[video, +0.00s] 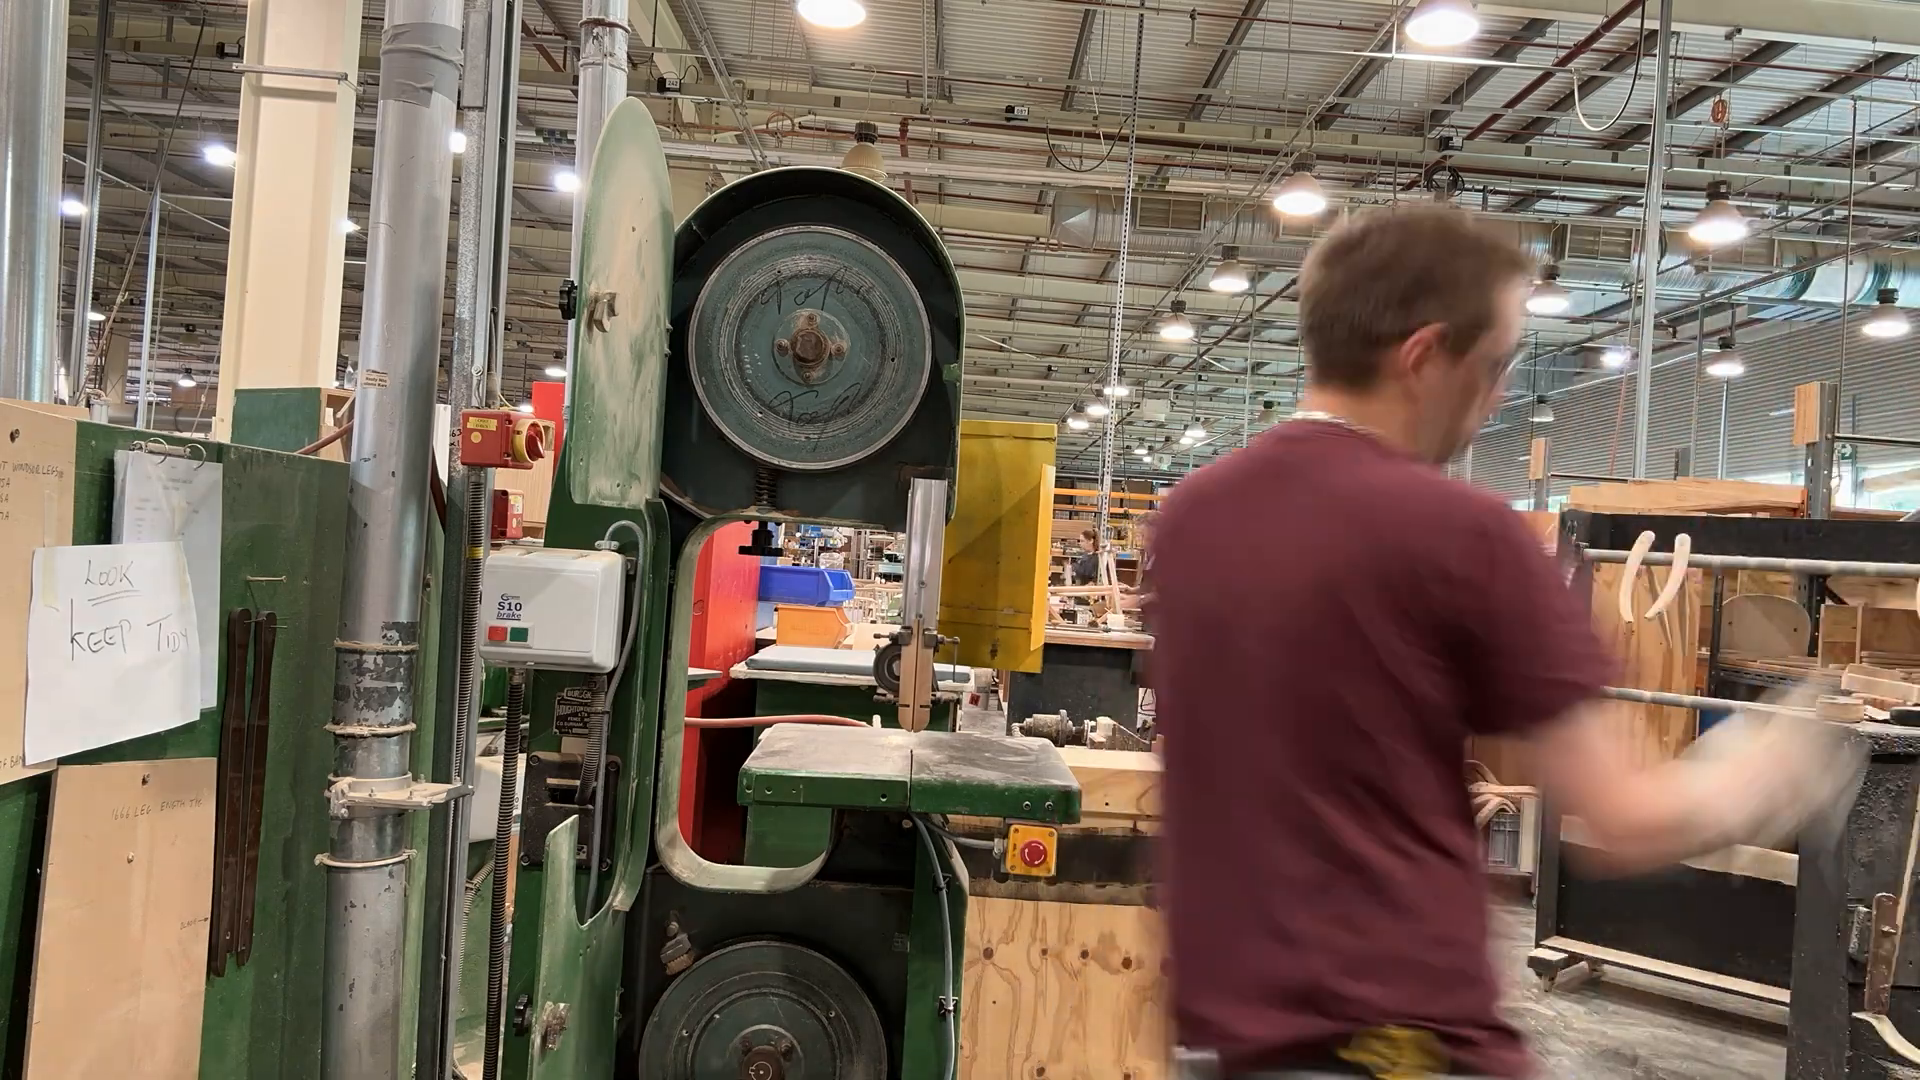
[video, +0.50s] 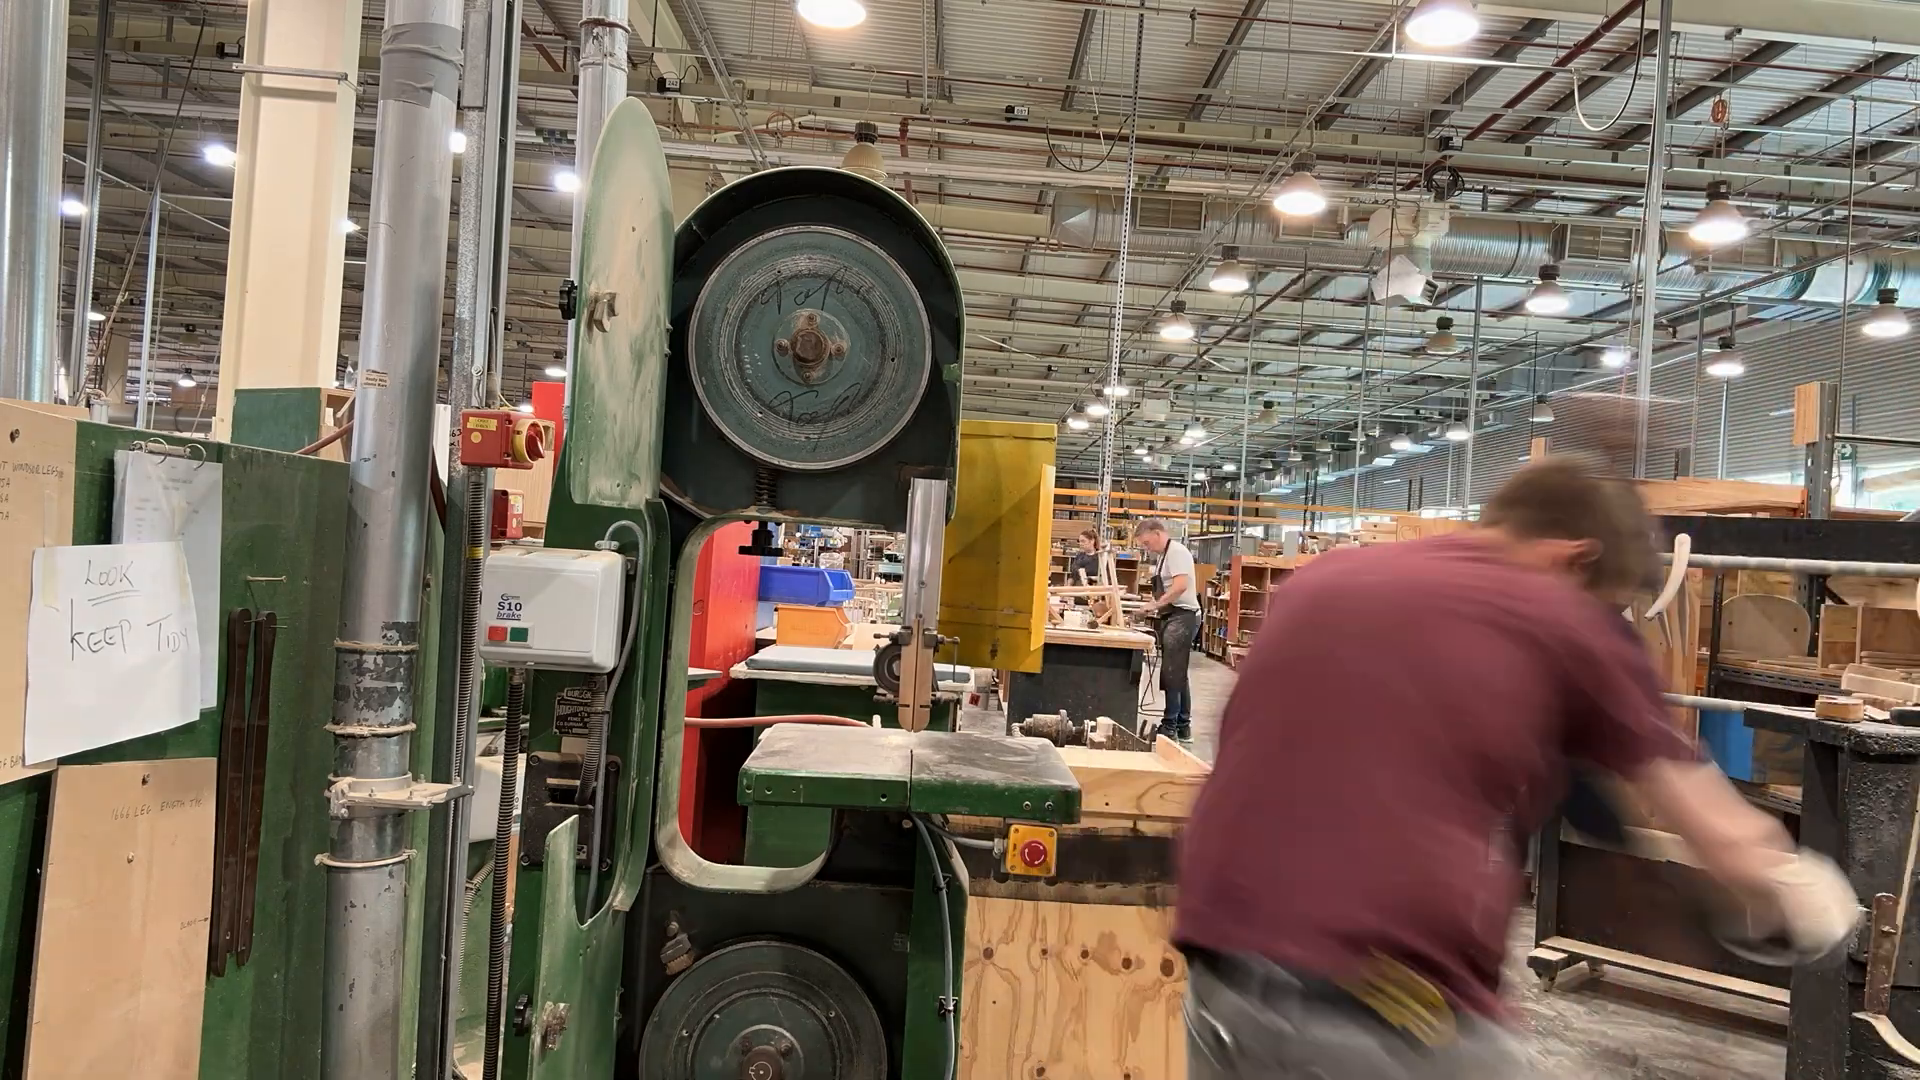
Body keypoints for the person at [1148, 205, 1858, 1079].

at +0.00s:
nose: (1498, 399)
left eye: (1507, 370)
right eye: (1498, 366)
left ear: (1321, 340)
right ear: (1421, 355)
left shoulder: (1186, 511)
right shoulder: (1461, 532)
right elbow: (1622, 820)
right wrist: (1767, 763)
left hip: (1229, 1037)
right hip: (1402, 1040)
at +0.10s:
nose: (1581, 392)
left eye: (1596, 364)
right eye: (1590, 362)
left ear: (1407, 325)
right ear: (1535, 357)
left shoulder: (1238, 486)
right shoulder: (1596, 550)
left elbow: (1239, 731)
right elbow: (1695, 868)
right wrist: (1799, 775)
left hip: (1256, 1050)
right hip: (1498, 1049)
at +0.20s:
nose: (1624, 379)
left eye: (1631, 350)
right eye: (1627, 348)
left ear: (1442, 328)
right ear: (1576, 346)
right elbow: (1798, 851)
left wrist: (1201, 379)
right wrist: (1900, 809)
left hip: (1295, 1048)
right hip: (1537, 1051)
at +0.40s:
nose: (1522, 738)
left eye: (1534, 720)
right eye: (1530, 714)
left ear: (1413, 636)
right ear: (1501, 674)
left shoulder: (1261, 661)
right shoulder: (1508, 756)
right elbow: (1652, 993)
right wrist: (1709, 934)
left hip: (1087, 1035)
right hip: (1282, 1058)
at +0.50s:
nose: (1597, 622)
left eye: (1610, 611)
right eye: (1603, 605)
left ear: (1494, 522)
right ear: (1570, 556)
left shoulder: (1321, 576)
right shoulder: (1565, 620)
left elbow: (1235, 754)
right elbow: (1722, 839)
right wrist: (1786, 885)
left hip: (1221, 997)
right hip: (1391, 1010)